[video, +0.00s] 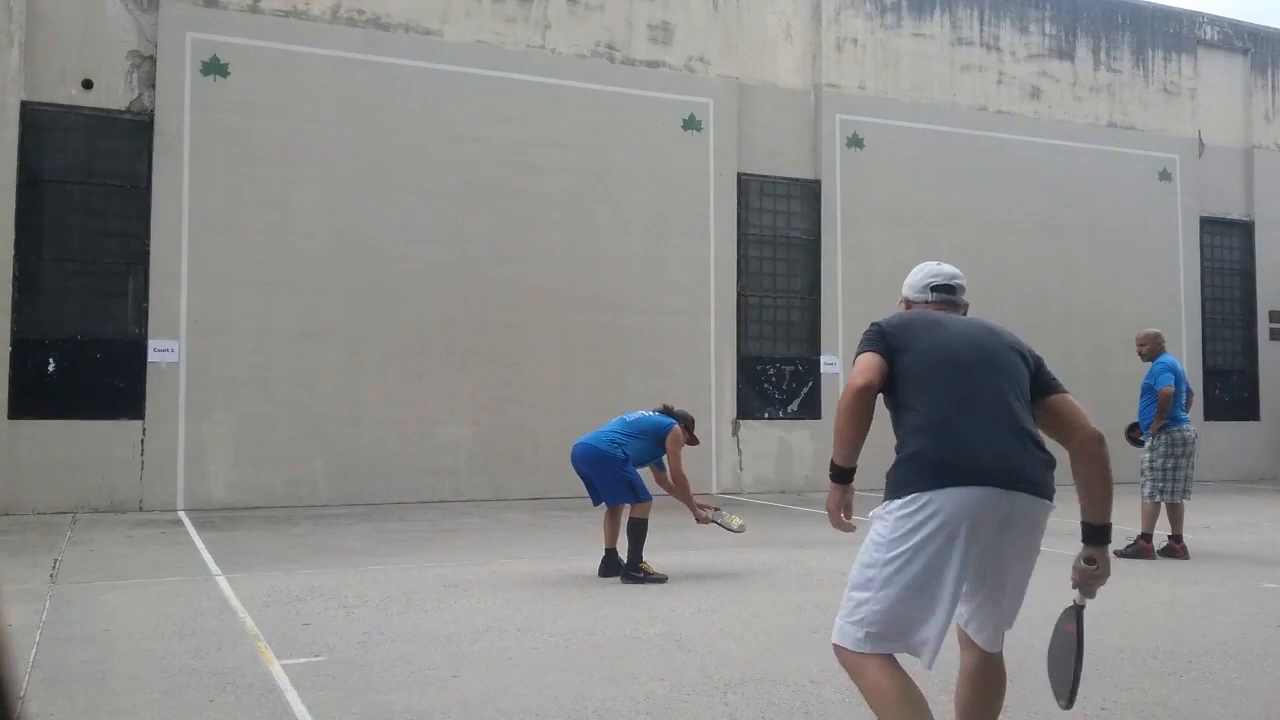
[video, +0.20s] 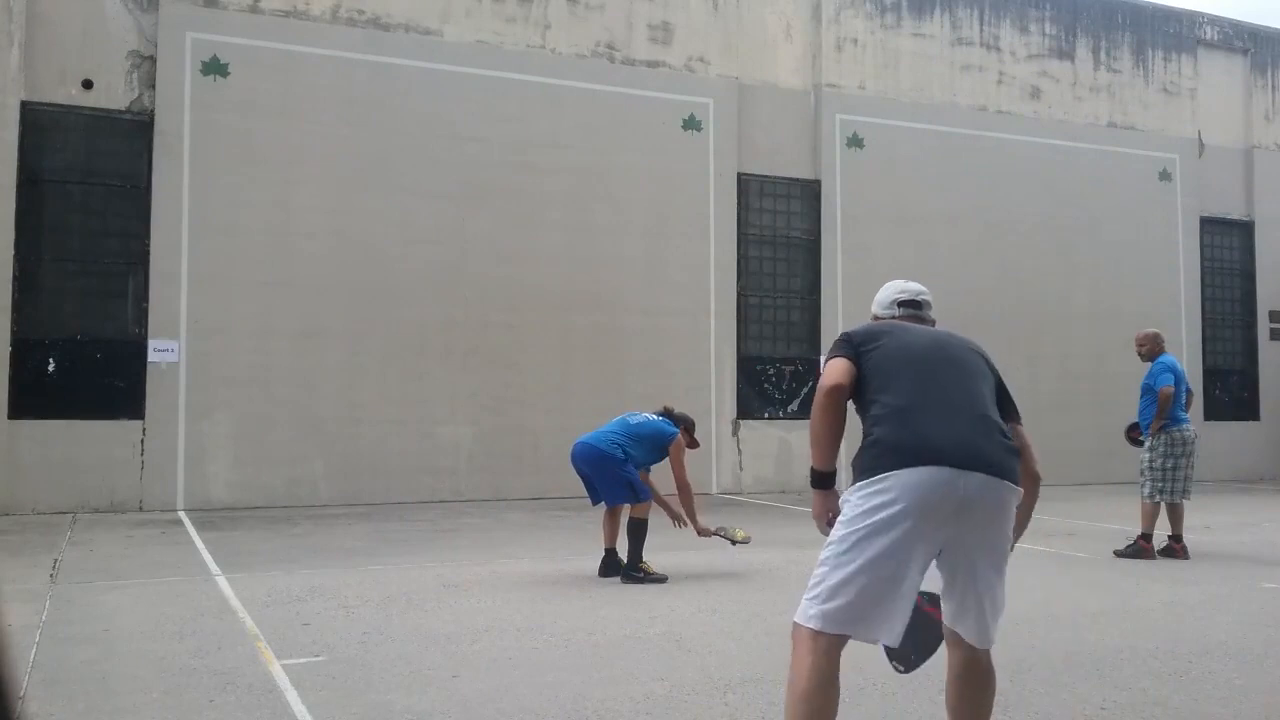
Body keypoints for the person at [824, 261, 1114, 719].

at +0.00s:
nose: (900, 310)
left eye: (901, 306)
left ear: (906, 305)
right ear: (965, 307)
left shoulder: (892, 328)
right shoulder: (1010, 344)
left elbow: (862, 385)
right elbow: (1087, 437)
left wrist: (841, 478)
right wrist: (1096, 544)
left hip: (936, 484)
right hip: (1026, 490)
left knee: (859, 642)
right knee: (982, 639)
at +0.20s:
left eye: (870, 324)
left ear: (876, 319)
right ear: (933, 320)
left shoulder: (860, 337)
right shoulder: (975, 353)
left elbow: (834, 384)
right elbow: (1029, 474)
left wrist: (823, 484)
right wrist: (997, 550)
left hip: (902, 471)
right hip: (994, 482)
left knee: (818, 632)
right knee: (971, 640)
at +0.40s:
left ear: (829, 332)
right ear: (884, 332)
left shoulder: (810, 350)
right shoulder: (923, 363)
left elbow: (786, 402)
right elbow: (973, 488)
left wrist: (777, 503)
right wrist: (915, 566)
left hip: (854, 483)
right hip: (948, 488)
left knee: (775, 649)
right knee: (950, 645)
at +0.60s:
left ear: (776, 332)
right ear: (833, 332)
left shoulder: (754, 353)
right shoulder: (870, 364)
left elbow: (716, 410)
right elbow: (921, 476)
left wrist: (705, 513)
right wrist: (894, 549)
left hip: (783, 490)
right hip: (880, 492)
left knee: (721, 641)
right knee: (904, 645)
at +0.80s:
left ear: (755, 327)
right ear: (813, 328)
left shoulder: (733, 346)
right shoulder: (851, 356)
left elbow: (689, 400)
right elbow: (893, 465)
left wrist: (662, 497)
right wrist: (865, 532)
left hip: (760, 470)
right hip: (855, 476)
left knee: (717, 640)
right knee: (857, 639)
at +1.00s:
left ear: (760, 328)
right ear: (817, 330)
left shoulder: (737, 347)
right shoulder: (854, 361)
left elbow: (699, 397)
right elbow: (889, 473)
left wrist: (677, 495)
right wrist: (821, 551)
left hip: (755, 469)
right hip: (849, 476)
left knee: (710, 634)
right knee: (853, 644)